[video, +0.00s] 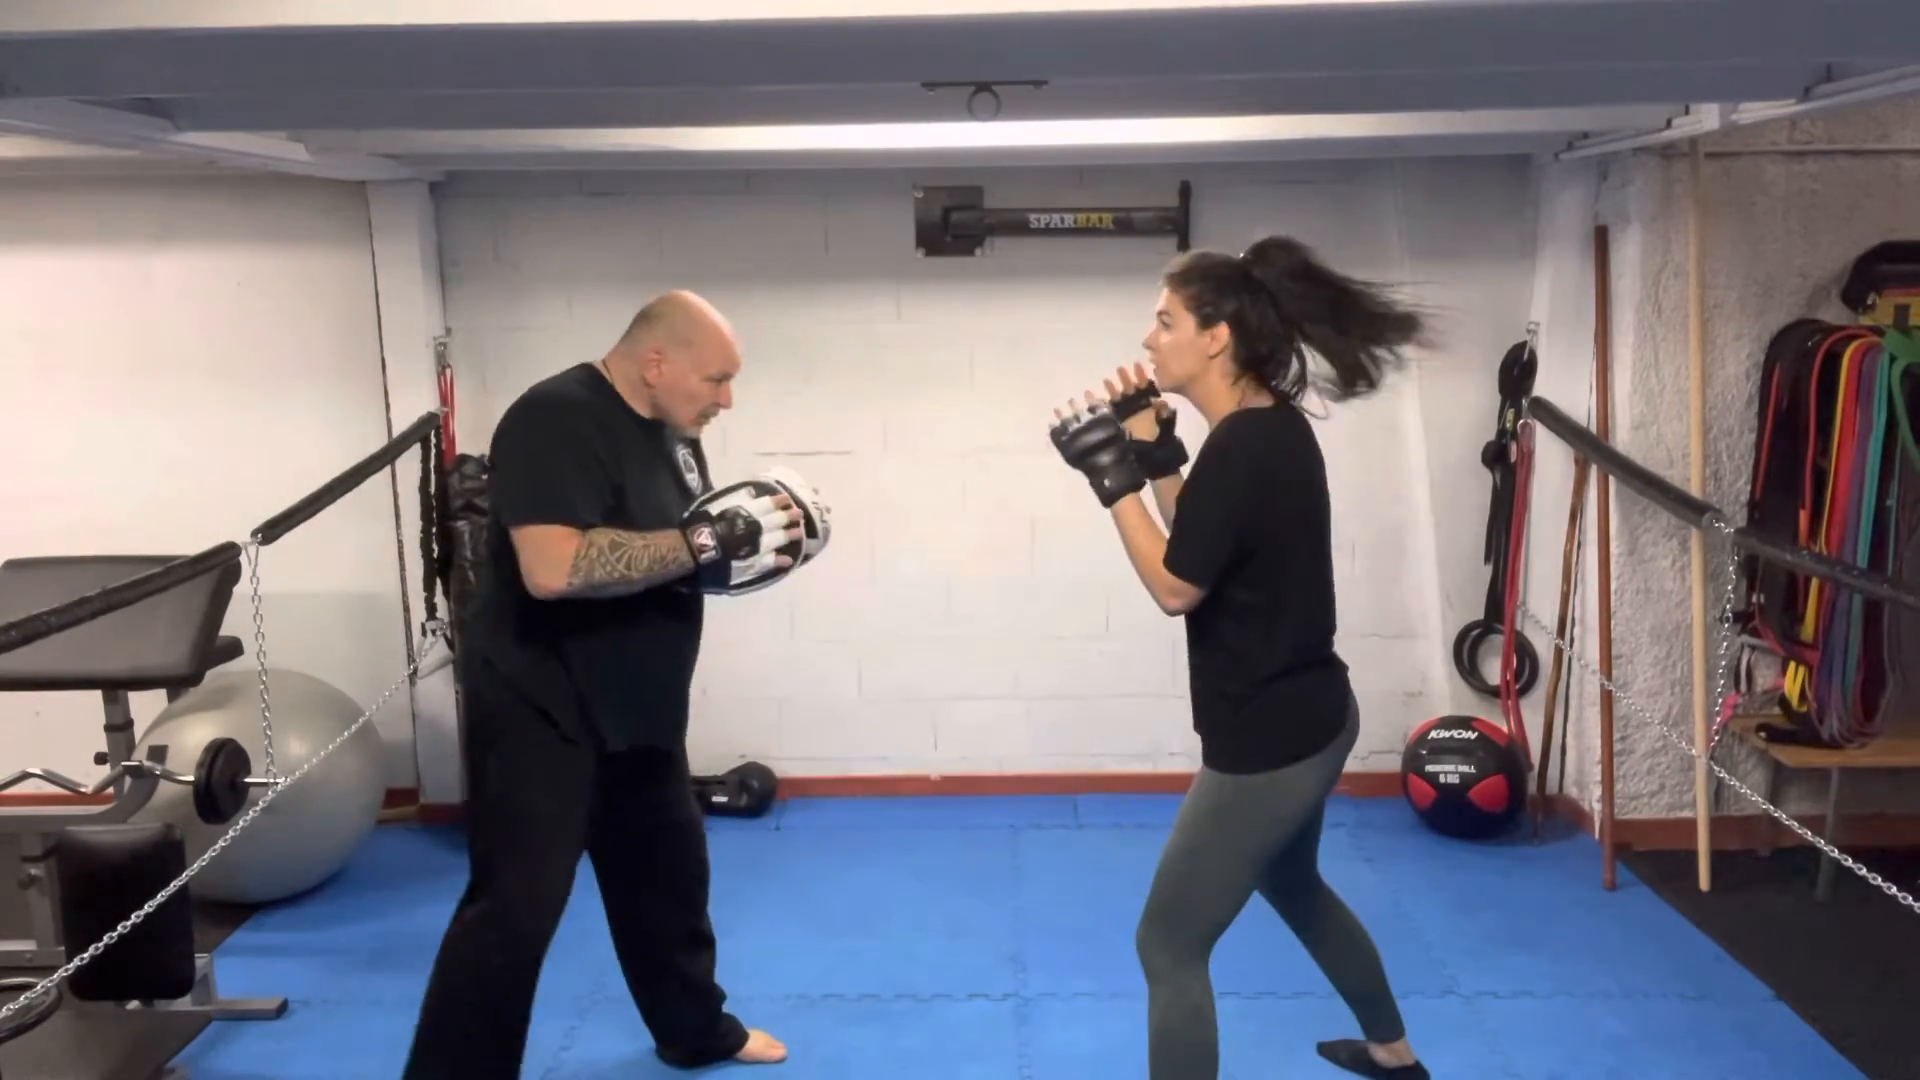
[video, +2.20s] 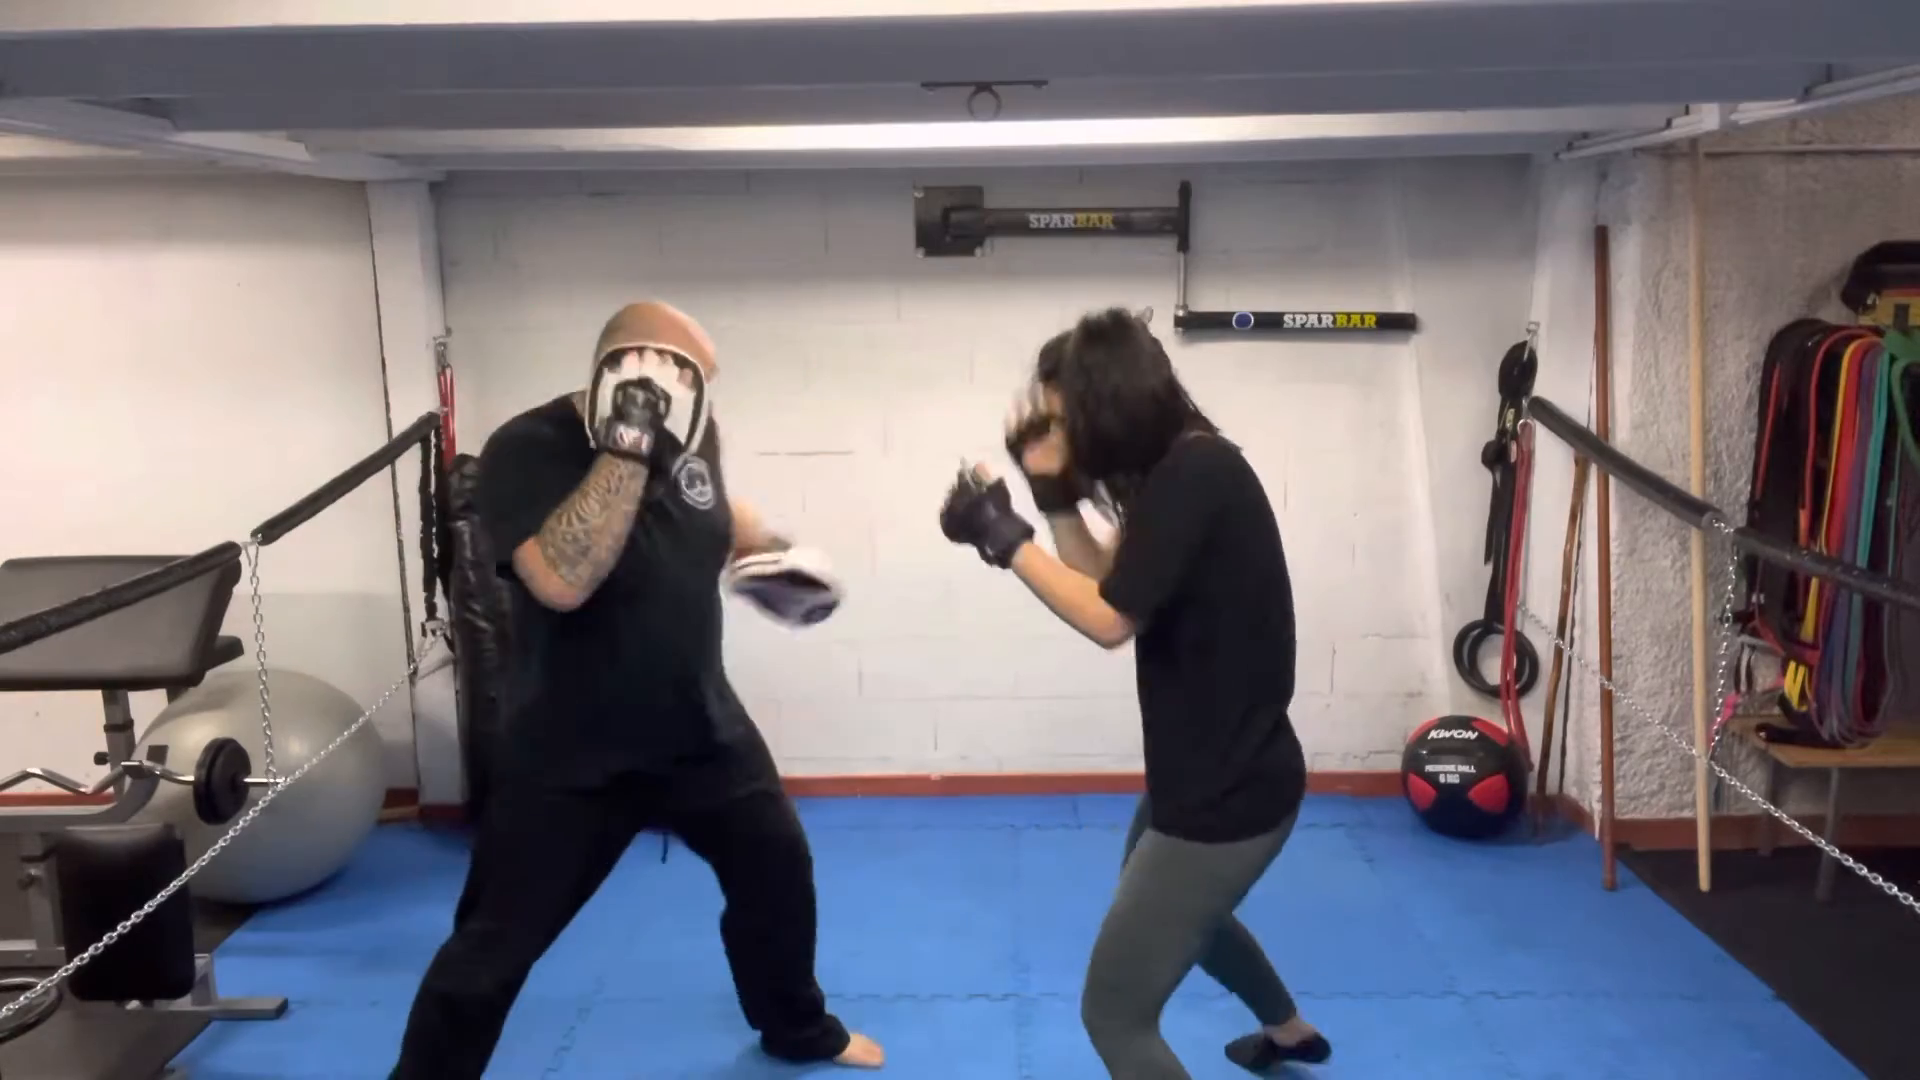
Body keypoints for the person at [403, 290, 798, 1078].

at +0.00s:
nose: (725, 401)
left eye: (729, 383)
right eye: (716, 381)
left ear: (662, 365)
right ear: (656, 361)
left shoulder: (662, 437)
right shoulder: (549, 420)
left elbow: (674, 562)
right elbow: (551, 568)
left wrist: (761, 544)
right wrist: (697, 541)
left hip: (634, 710)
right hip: (534, 714)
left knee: (665, 876)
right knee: (516, 903)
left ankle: (694, 1031)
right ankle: (451, 1072)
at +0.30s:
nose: (625, 410)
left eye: (628, 391)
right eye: (612, 391)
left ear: (555, 382)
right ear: (544, 380)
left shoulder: (588, 447)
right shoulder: (438, 460)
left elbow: (610, 549)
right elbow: (461, 617)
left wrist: (681, 564)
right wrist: (622, 586)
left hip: (592, 730)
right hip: (477, 747)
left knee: (660, 863)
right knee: (451, 945)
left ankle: (694, 1030)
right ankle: (411, 1074)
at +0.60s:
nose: (607, 406)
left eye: (609, 386)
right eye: (591, 387)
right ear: (524, 377)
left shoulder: (583, 435)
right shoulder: (420, 444)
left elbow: (653, 489)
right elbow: (416, 586)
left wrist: (721, 473)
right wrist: (574, 544)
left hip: (586, 734)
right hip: (473, 750)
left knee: (649, 866)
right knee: (445, 951)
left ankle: (693, 1028)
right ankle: (407, 1071)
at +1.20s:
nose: (586, 397)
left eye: (597, 381)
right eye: (573, 378)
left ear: (604, 384)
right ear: (516, 372)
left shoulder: (592, 434)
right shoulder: (433, 416)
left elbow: (684, 459)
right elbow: (439, 480)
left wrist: (758, 393)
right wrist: (561, 413)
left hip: (589, 732)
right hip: (472, 746)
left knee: (652, 880)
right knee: (455, 952)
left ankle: (697, 1031)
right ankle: (411, 1076)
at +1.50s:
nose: (608, 404)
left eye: (610, 384)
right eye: (590, 385)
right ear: (520, 374)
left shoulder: (579, 445)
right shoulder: (439, 439)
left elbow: (624, 522)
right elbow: (518, 527)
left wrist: (694, 490)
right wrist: (647, 421)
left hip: (585, 730)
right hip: (479, 748)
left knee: (646, 885)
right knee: (463, 948)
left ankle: (696, 1031)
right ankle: (413, 1073)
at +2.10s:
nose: (660, 401)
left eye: (663, 386)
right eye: (647, 385)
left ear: (587, 384)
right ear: (582, 382)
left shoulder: (625, 451)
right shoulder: (486, 472)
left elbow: (641, 569)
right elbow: (555, 604)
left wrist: (687, 610)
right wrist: (651, 489)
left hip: (659, 747)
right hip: (540, 768)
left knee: (736, 879)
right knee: (477, 960)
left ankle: (793, 1027)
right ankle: (414, 1073)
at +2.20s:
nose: (677, 394)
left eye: (691, 382)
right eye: (666, 373)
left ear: (702, 397)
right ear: (615, 370)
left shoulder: (691, 457)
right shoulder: (528, 448)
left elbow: (719, 526)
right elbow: (558, 578)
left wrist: (781, 556)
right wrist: (629, 444)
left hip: (700, 738)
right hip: (571, 753)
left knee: (776, 863)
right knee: (489, 953)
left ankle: (795, 1027)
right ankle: (424, 1070)